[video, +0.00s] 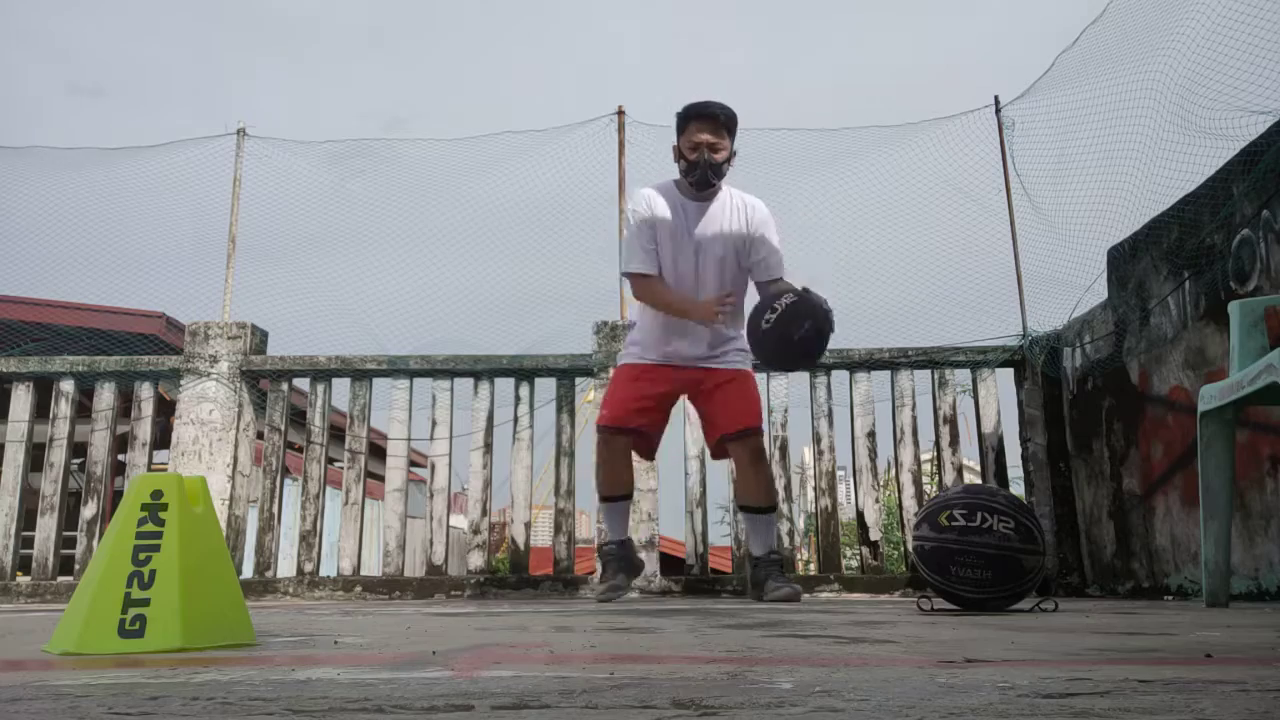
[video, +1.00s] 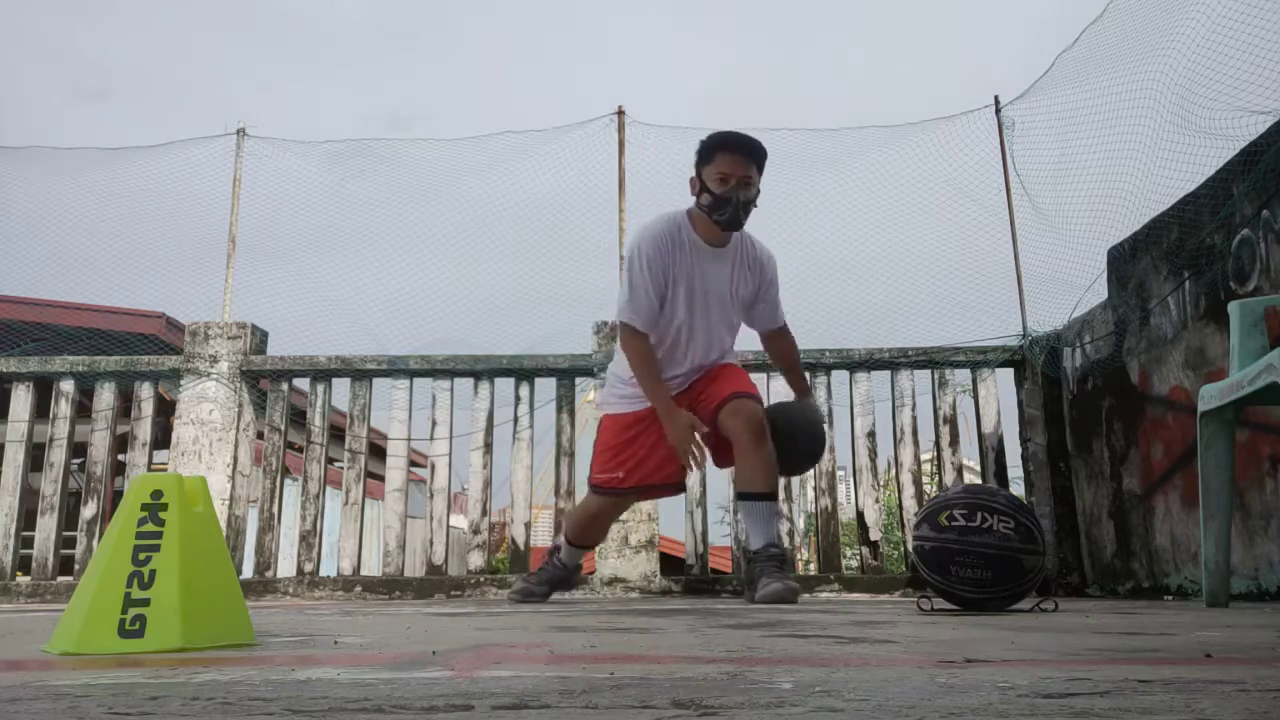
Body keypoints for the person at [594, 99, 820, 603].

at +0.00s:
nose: (705, 154)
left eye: (715, 146)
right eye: (695, 145)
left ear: (731, 152)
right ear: (678, 149)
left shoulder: (751, 213)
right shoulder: (649, 204)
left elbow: (775, 287)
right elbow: (641, 284)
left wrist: (797, 308)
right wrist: (697, 309)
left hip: (725, 358)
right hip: (651, 356)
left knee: (750, 442)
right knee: (612, 431)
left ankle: (766, 566)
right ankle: (619, 557)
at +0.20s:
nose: (688, 166)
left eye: (699, 158)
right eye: (678, 157)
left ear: (715, 166)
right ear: (661, 162)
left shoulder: (732, 226)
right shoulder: (632, 220)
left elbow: (729, 311)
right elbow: (630, 305)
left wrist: (708, 376)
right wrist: (639, 378)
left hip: (711, 369)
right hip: (641, 371)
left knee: (747, 451)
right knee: (586, 454)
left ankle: (766, 567)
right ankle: (556, 567)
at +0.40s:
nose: (639, 173)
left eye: (651, 164)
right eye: (629, 162)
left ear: (668, 170)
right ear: (613, 167)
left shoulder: (695, 228)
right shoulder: (592, 228)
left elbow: (722, 308)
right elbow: (566, 300)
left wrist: (705, 368)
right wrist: (524, 336)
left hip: (687, 372)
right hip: (613, 373)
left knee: (724, 455)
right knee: (564, 446)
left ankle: (763, 568)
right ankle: (556, 569)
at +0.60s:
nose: (625, 170)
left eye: (637, 159)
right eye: (615, 158)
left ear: (657, 165)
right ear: (600, 163)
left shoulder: (684, 224)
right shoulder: (578, 224)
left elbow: (721, 295)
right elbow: (553, 290)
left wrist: (738, 354)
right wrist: (523, 309)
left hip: (678, 353)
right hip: (605, 365)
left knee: (712, 426)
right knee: (558, 447)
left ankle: (761, 552)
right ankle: (557, 566)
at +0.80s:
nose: (674, 181)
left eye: (686, 171)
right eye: (663, 169)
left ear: (703, 179)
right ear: (645, 173)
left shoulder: (721, 245)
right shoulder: (610, 238)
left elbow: (734, 332)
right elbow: (600, 328)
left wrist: (748, 410)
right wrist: (612, 402)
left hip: (691, 367)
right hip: (622, 374)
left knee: (719, 428)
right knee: (563, 468)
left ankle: (762, 563)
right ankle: (557, 570)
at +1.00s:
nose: (733, 194)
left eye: (745, 184)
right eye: (722, 180)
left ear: (757, 192)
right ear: (697, 182)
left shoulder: (755, 259)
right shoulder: (655, 241)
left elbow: (775, 333)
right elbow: (631, 334)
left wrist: (805, 400)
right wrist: (668, 411)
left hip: (710, 373)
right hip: (640, 383)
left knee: (750, 420)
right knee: (605, 499)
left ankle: (767, 563)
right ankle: (561, 565)